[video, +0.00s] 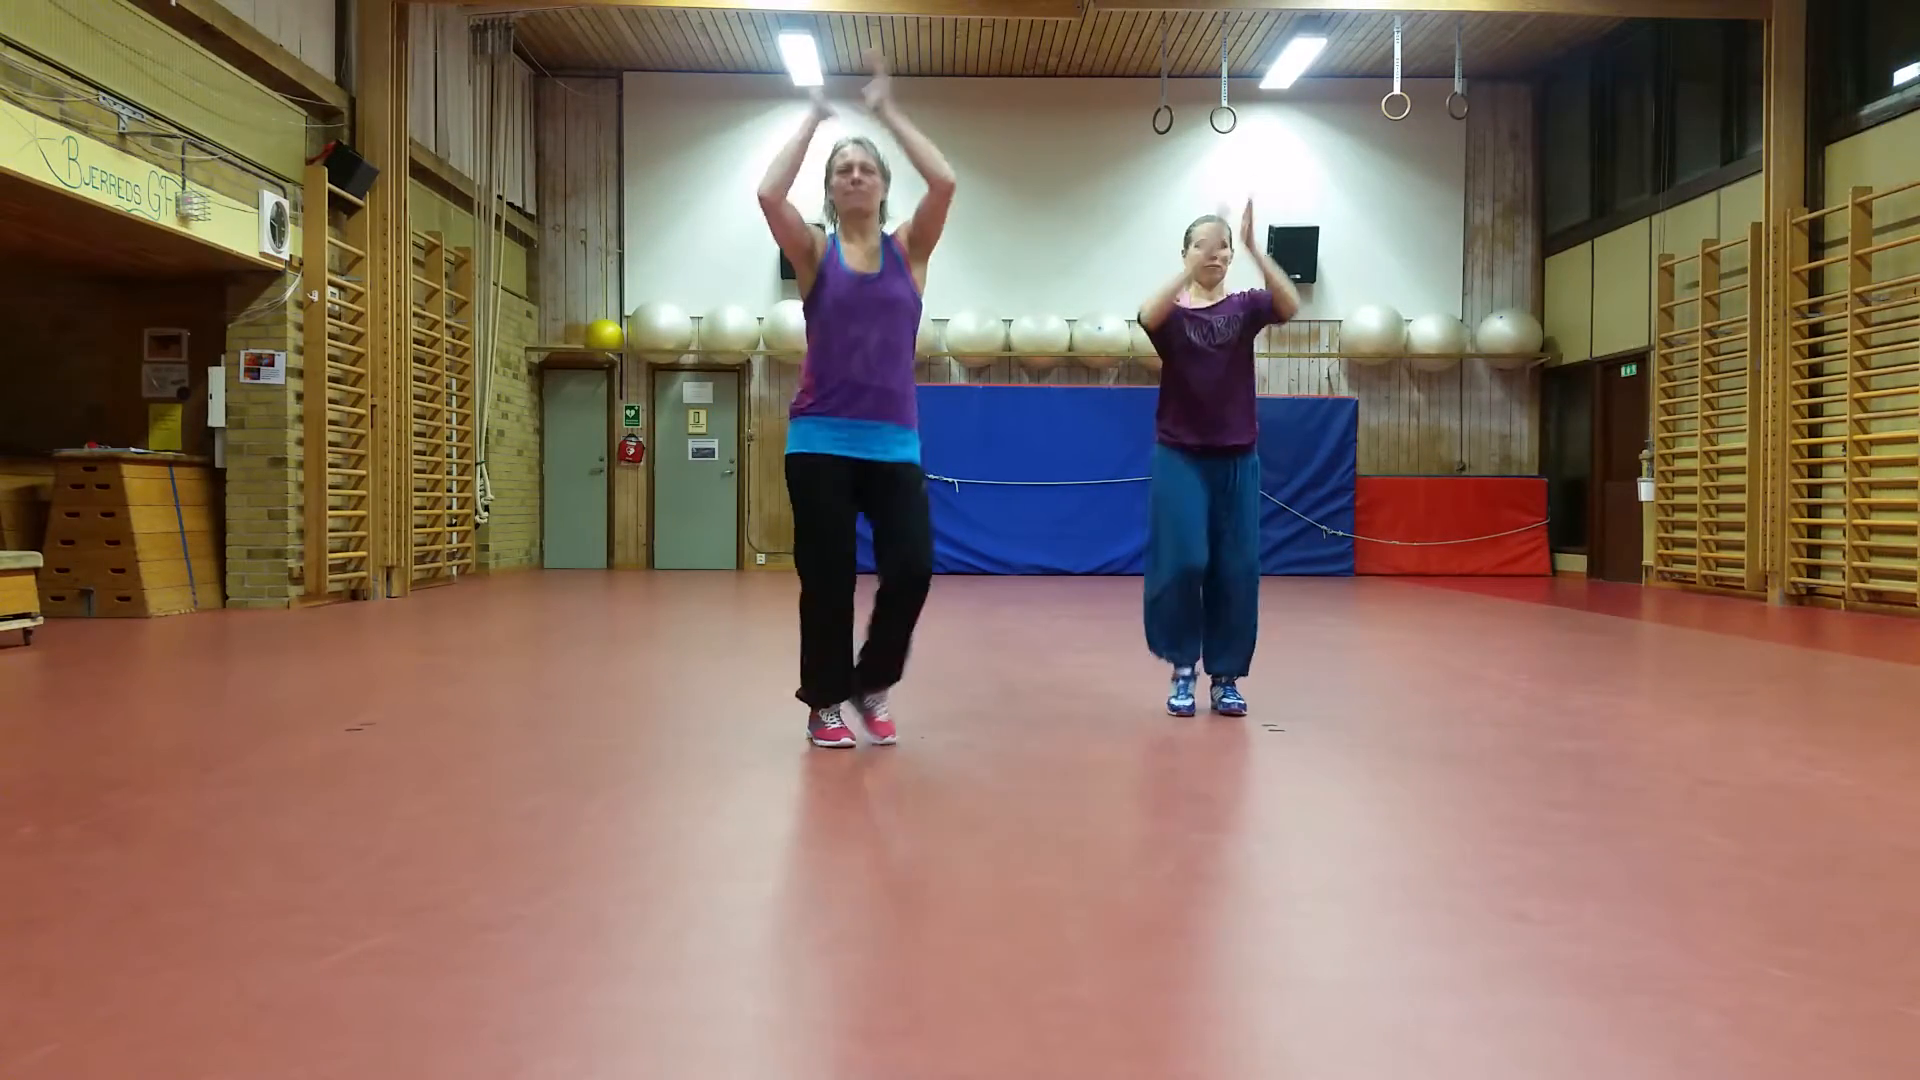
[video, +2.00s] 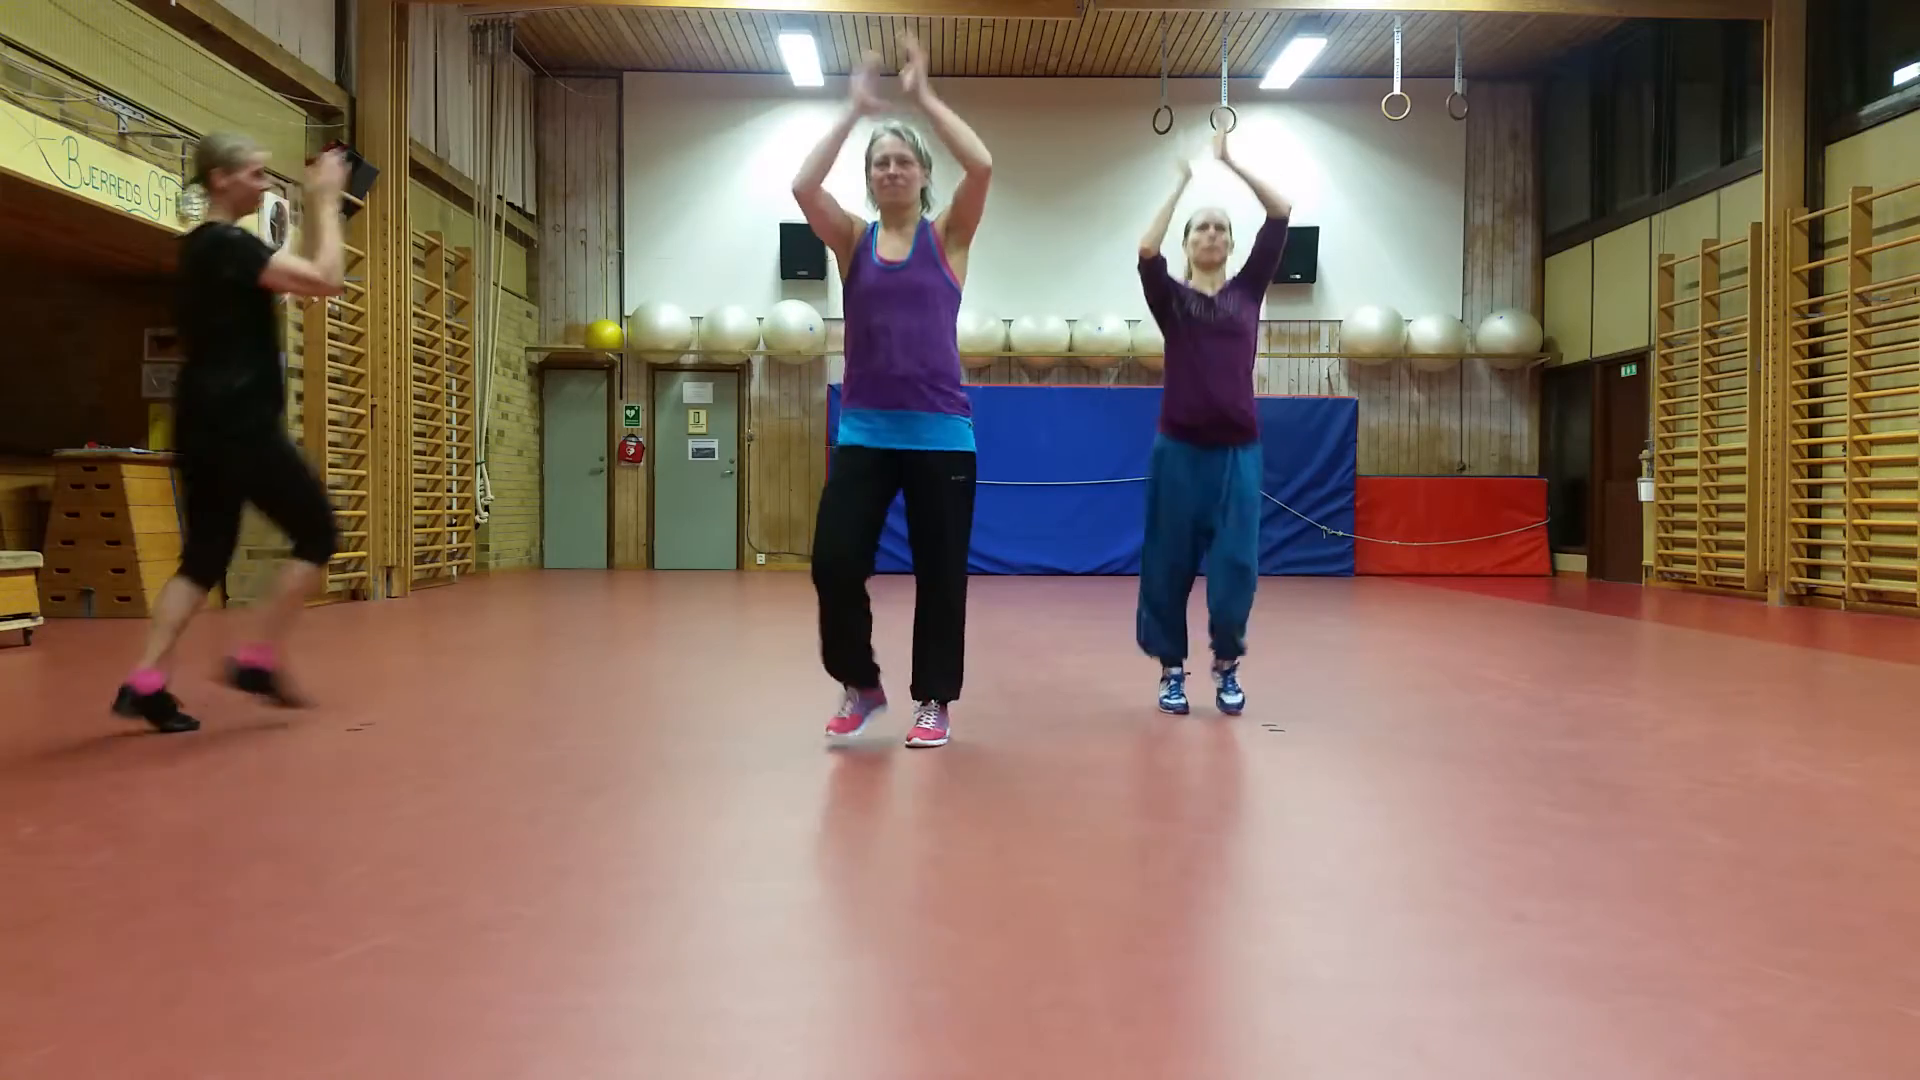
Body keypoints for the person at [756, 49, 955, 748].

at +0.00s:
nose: (852, 175)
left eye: (865, 169)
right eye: (841, 170)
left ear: (884, 187)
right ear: (828, 189)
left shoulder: (908, 251)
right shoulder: (814, 253)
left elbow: (944, 183)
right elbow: (769, 195)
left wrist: (886, 109)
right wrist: (814, 116)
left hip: (893, 439)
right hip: (822, 436)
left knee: (912, 568)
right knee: (828, 575)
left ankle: (869, 688)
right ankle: (825, 704)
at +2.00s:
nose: (891, 169)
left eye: (902, 160)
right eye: (879, 162)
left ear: (923, 175)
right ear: (867, 177)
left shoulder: (948, 236)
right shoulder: (853, 239)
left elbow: (981, 167)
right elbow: (804, 188)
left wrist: (923, 96)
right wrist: (855, 112)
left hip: (941, 428)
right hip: (865, 428)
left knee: (941, 572)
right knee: (834, 564)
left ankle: (934, 703)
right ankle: (862, 689)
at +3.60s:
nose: (890, 157)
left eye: (902, 149)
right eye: (879, 150)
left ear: (922, 168)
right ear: (865, 170)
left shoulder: (948, 234)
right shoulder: (846, 238)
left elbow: (1015, 236)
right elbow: (772, 266)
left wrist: (947, 180)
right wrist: (807, 196)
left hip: (939, 426)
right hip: (863, 424)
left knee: (943, 573)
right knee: (831, 560)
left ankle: (939, 708)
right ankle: (861, 693)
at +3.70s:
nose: (885, 144)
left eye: (897, 136)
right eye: (874, 136)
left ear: (918, 154)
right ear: (860, 156)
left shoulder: (947, 219)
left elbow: (1020, 269)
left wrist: (982, 240)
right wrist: (777, 251)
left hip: (934, 413)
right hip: (858, 409)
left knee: (933, 565)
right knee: (832, 551)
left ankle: (935, 703)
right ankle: (844, 689)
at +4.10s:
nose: (890, 163)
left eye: (901, 154)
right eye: (879, 156)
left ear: (923, 168)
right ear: (864, 173)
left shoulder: (948, 229)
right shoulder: (843, 235)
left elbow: (997, 260)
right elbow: (771, 259)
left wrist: (924, 226)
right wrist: (849, 282)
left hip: (946, 423)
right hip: (864, 424)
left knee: (1004, 551)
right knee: (790, 539)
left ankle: (1043, 683)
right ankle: (775, 678)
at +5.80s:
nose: (910, 211)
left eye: (920, 205)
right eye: (898, 205)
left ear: (937, 224)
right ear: (881, 225)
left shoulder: (958, 283)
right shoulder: (861, 281)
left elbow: (1010, 278)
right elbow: (793, 298)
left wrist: (943, 241)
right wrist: (867, 315)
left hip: (954, 473)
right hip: (869, 473)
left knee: (1019, 592)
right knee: (795, 588)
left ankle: (1070, 708)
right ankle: (761, 712)